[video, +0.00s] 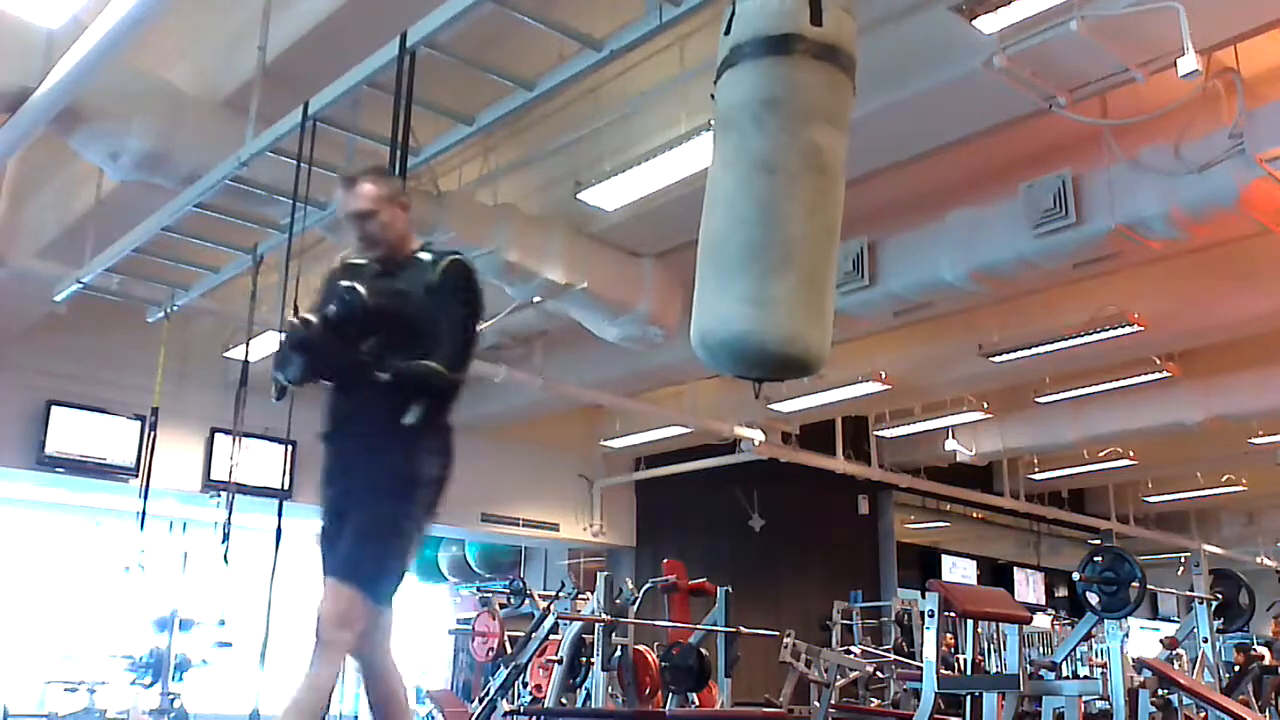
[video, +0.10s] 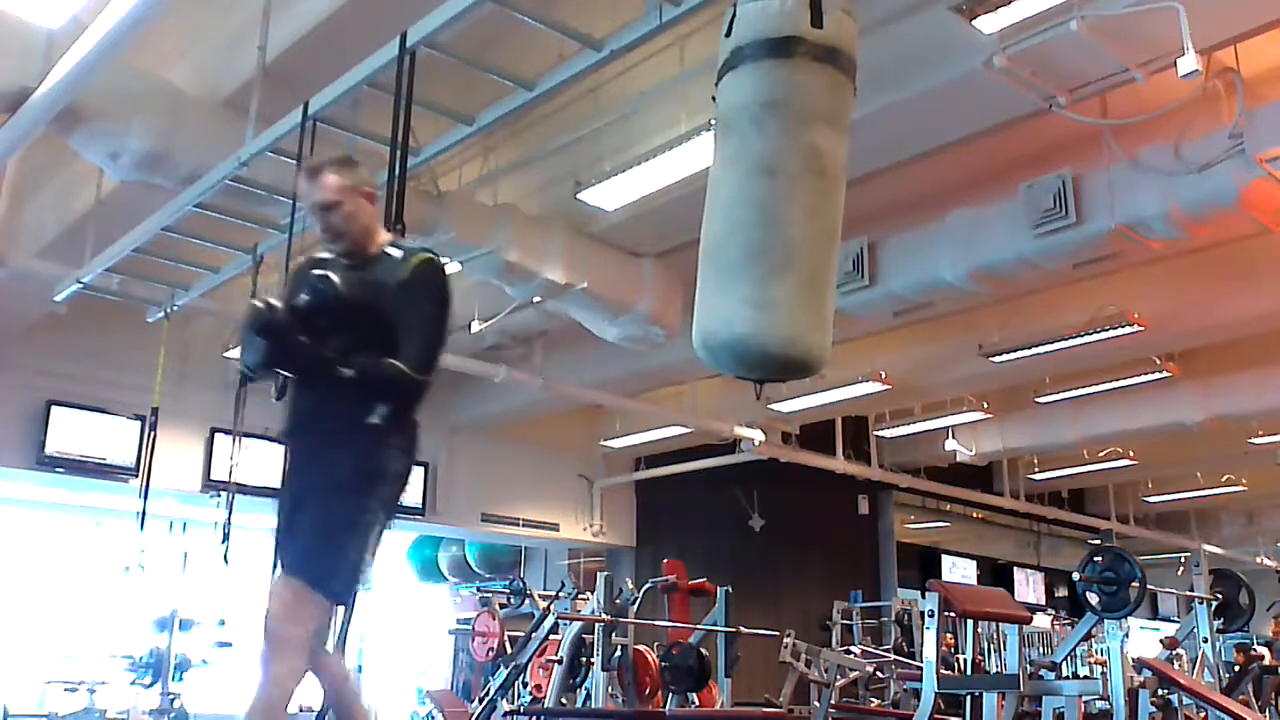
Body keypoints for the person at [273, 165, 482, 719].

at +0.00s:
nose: (361, 229)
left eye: (371, 215)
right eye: (352, 219)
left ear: (403, 210)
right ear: (346, 223)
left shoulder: (448, 274)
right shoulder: (345, 279)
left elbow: (445, 375)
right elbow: (317, 358)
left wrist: (364, 365)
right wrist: (309, 344)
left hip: (407, 458)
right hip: (348, 456)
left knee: (335, 624)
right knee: (371, 641)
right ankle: (404, 717)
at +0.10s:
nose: (324, 222)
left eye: (334, 207)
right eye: (316, 212)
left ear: (369, 199)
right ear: (311, 216)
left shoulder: (419, 271)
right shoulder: (314, 273)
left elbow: (409, 380)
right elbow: (280, 360)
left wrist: (317, 359)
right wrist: (272, 336)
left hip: (364, 461)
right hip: (307, 456)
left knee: (288, 622)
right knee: (306, 637)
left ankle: (262, 714)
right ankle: (357, 712)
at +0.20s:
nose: (293, 203)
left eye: (303, 189)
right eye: (285, 194)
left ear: (338, 183)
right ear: (279, 201)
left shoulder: (388, 254)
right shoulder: (277, 258)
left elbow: (377, 362)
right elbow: (220, 355)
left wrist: (281, 338)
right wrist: (242, 308)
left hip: (335, 450)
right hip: (272, 446)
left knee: (253, 610)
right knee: (219, 629)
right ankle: (291, 710)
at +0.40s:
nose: (248, 154)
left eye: (258, 138)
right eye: (235, 144)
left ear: (290, 131)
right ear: (223, 149)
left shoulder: (338, 205)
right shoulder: (208, 213)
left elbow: (350, 297)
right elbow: (167, 316)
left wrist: (258, 275)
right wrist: (215, 265)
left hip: (285, 426)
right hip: (200, 415)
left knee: (241, 621)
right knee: (112, 566)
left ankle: (234, 715)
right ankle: (103, 712)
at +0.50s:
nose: (223, 130)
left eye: (236, 115)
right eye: (209, 120)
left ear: (271, 113)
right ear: (198, 127)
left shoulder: (312, 184)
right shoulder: (185, 196)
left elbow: (324, 279)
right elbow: (130, 303)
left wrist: (226, 256)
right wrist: (187, 251)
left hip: (259, 426)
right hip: (167, 415)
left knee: (232, 627)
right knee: (94, 593)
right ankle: (28, 716)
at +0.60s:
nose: (197, 113)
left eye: (211, 98)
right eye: (183, 100)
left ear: (248, 103)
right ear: (170, 109)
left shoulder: (286, 179)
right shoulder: (142, 189)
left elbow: (307, 284)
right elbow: (90, 293)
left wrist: (199, 262)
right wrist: (137, 243)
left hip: (230, 424)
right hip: (132, 408)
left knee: (208, 628)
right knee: (59, 592)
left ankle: (215, 718)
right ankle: (19, 712)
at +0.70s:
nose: (181, 84)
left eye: (198, 70)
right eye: (168, 69)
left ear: (226, 81)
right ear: (149, 77)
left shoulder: (266, 168)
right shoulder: (105, 163)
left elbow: (290, 293)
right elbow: (46, 264)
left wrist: (169, 296)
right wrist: (88, 268)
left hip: (195, 412)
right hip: (93, 394)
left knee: (172, 611)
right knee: (28, 571)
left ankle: (193, 715)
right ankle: (8, 706)